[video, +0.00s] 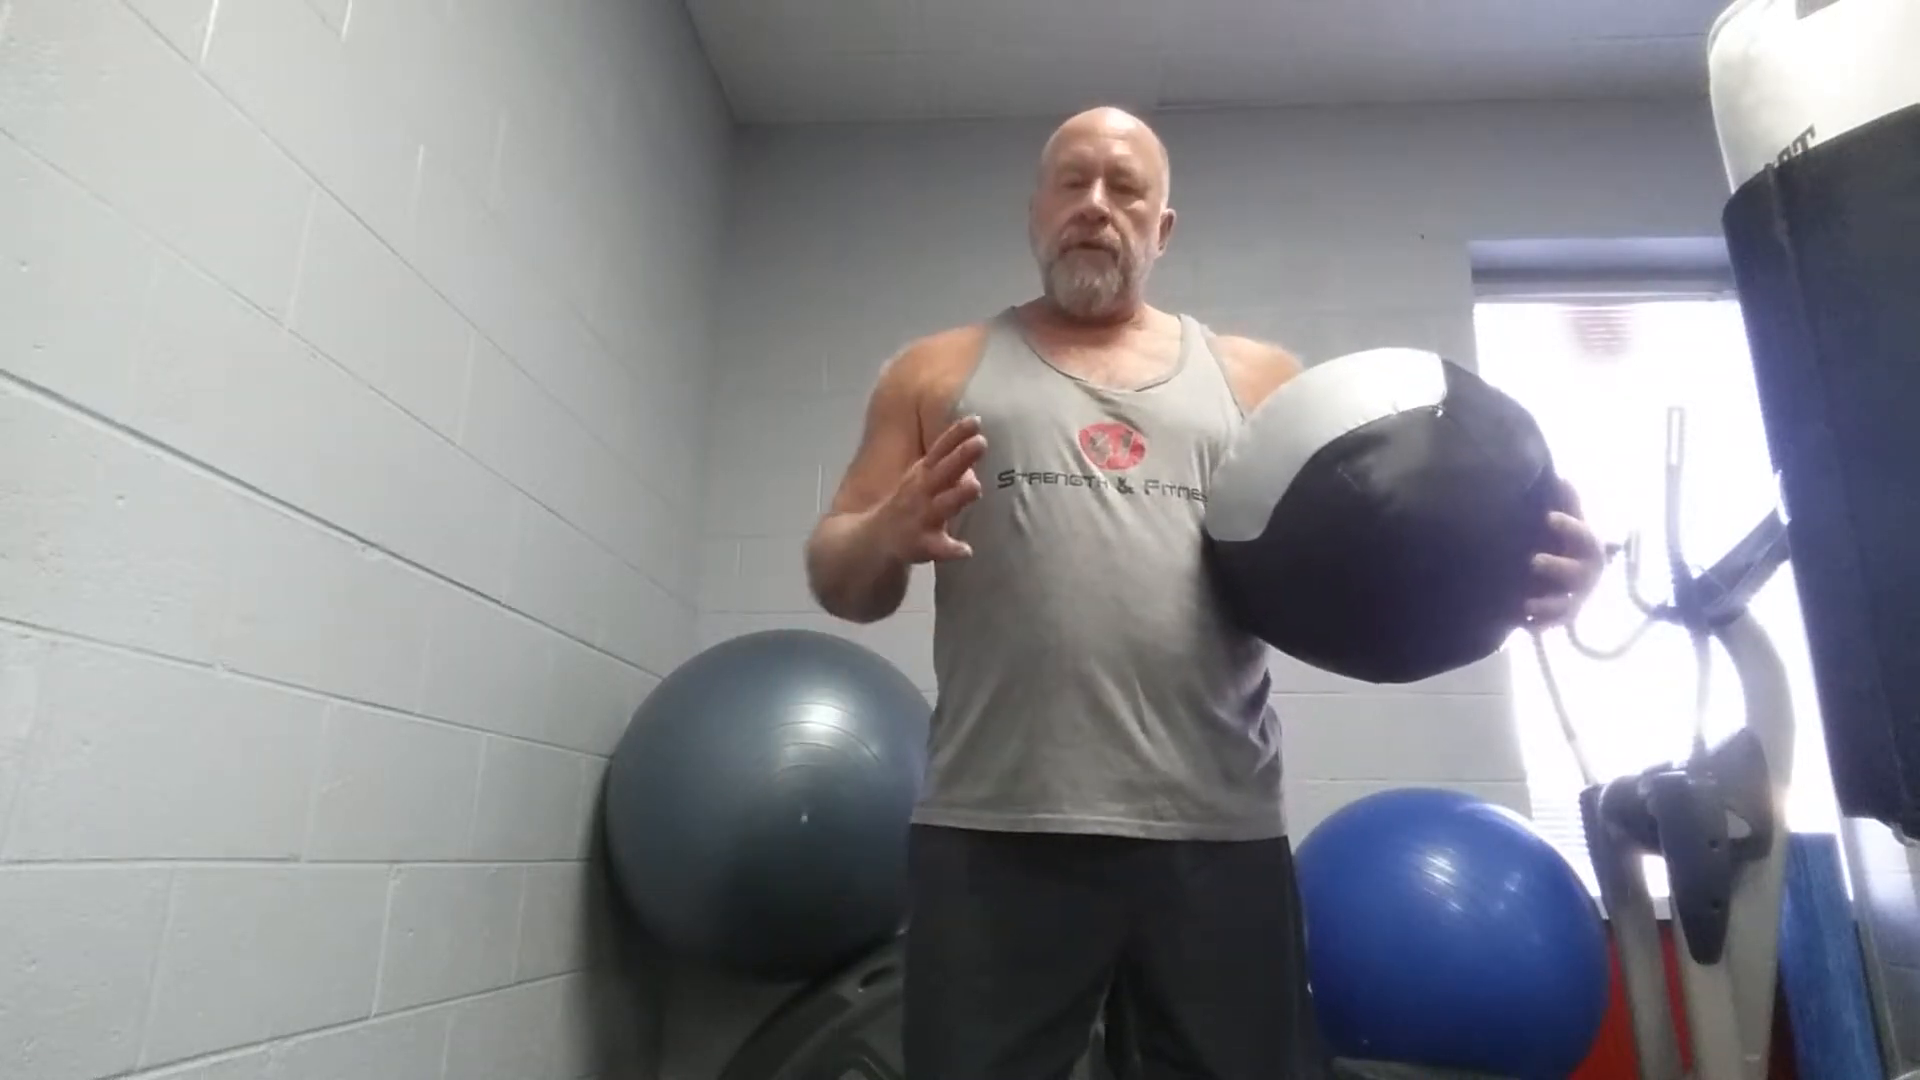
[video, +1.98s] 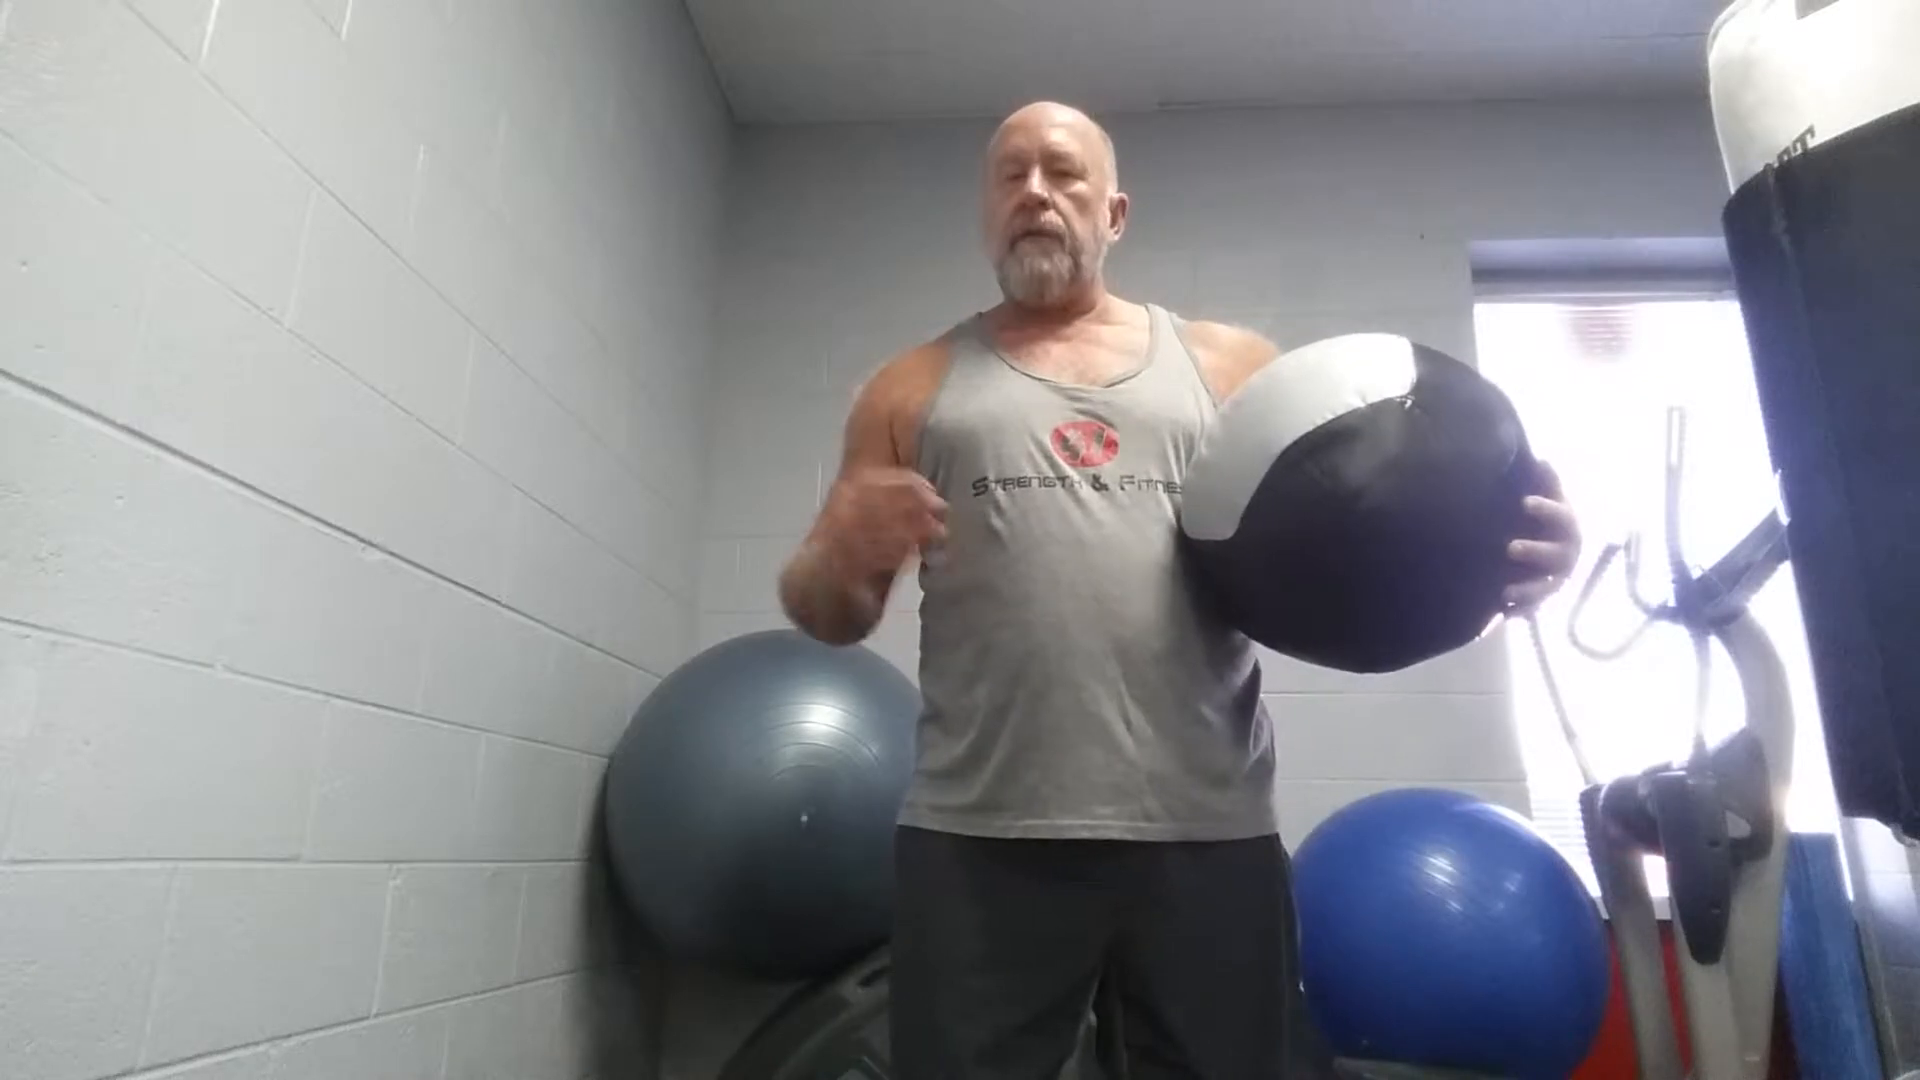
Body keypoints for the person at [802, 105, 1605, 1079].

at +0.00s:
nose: (1096, 203)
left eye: (1126, 186)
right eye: (1072, 180)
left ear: (1163, 224)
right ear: (1033, 210)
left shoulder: (1253, 374)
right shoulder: (936, 373)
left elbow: (1391, 533)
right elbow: (843, 587)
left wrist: (1538, 566)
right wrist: (880, 536)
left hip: (1217, 838)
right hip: (992, 838)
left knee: (1246, 1076)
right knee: (971, 1075)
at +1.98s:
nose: (1033, 190)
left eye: (1063, 172)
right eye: (1011, 173)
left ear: (1116, 213)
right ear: (982, 215)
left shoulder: (1227, 363)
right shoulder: (909, 390)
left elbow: (1376, 516)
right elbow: (826, 618)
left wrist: (1523, 545)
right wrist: (840, 549)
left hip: (1207, 841)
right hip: (979, 842)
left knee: (1239, 1074)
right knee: (961, 1074)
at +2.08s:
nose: (1033, 193)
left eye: (1062, 174)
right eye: (1009, 176)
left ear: (1114, 213)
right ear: (978, 214)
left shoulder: (1228, 362)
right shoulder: (908, 390)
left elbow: (1369, 527)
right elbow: (828, 590)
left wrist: (1518, 548)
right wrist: (749, 510)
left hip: (1209, 839)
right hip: (984, 843)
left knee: (1239, 1068)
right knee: (970, 1067)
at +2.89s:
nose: (1060, 206)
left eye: (1090, 186)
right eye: (1039, 183)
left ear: (1140, 218)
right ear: (1001, 212)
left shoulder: (1236, 372)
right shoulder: (924, 386)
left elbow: (1378, 524)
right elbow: (797, 547)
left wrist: (1525, 557)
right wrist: (603, 505)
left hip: (1203, 841)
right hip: (980, 844)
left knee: (1235, 1077)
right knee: (962, 1075)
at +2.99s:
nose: (1061, 206)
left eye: (1090, 186)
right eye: (1039, 184)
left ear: (1140, 216)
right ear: (1002, 213)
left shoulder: (1237, 372)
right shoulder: (924, 387)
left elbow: (1375, 524)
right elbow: (797, 549)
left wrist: (1523, 557)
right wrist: (600, 508)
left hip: (1204, 841)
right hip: (981, 845)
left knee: (1239, 1072)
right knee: (963, 1071)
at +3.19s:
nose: (1062, 204)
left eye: (1091, 185)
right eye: (1040, 182)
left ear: (1142, 217)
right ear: (1002, 211)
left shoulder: (1237, 372)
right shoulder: (922, 384)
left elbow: (1380, 525)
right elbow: (801, 549)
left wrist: (1530, 558)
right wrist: (611, 532)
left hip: (1204, 839)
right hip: (983, 843)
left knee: (1249, 1071)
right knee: (966, 1068)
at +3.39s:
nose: (1068, 196)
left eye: (1098, 178)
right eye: (1045, 175)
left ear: (1142, 216)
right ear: (1006, 211)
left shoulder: (1239, 369)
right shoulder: (919, 379)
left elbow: (1371, 532)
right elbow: (831, 541)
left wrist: (1524, 562)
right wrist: (771, 582)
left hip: (1203, 832)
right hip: (980, 833)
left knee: (1231, 1071)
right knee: (964, 1070)